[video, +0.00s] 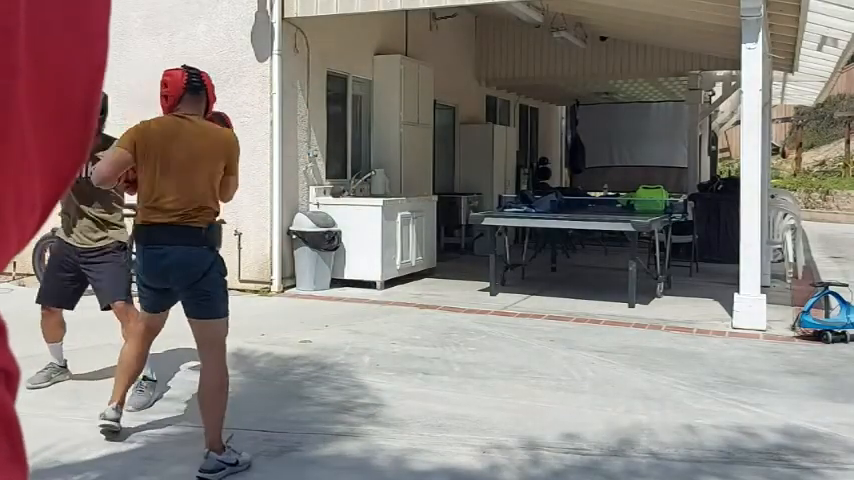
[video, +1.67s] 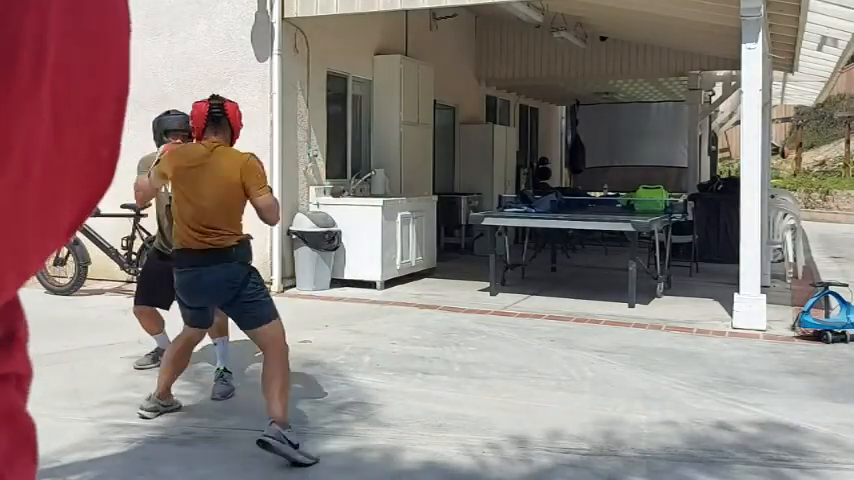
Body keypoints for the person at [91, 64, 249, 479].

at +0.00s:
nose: (210, 106)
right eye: (210, 101)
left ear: (167, 99)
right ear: (207, 101)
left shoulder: (142, 131)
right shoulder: (225, 138)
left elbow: (100, 178)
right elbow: (225, 194)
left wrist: (124, 174)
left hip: (150, 250)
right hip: (199, 253)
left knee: (144, 328)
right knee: (212, 353)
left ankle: (113, 408)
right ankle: (215, 450)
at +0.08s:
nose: (214, 104)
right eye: (214, 97)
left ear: (174, 99)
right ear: (212, 98)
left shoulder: (151, 128)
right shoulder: (228, 139)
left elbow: (97, 167)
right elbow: (232, 187)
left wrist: (84, 148)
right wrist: (224, 141)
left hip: (151, 249)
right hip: (196, 252)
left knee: (148, 335)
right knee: (211, 351)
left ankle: (125, 413)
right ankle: (215, 449)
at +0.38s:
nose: (237, 126)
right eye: (238, 121)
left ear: (197, 118)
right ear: (237, 124)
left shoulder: (169, 146)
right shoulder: (243, 171)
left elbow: (122, 161)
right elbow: (232, 223)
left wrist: (151, 155)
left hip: (163, 265)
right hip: (210, 271)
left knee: (153, 340)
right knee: (259, 351)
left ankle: (123, 417)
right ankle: (266, 445)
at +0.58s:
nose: (272, 98)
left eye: (226, 92)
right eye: (271, 92)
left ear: (226, 93)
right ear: (267, 93)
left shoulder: (203, 128)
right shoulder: (285, 137)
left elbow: (154, 177)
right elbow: (286, 193)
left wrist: (189, 172)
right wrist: (243, 178)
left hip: (202, 249)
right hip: (251, 252)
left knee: (183, 331)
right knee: (271, 347)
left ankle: (155, 414)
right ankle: (271, 449)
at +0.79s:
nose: (285, 91)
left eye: (241, 82)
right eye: (285, 85)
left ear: (241, 84)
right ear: (283, 86)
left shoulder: (217, 121)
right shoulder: (304, 127)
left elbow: (174, 174)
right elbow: (305, 188)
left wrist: (213, 173)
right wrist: (259, 181)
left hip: (230, 248)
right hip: (280, 246)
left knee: (228, 342)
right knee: (286, 357)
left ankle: (218, 421)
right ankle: (287, 459)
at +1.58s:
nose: (253, 127)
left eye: (248, 122)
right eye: (252, 121)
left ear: (214, 120)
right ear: (248, 121)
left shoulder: (190, 147)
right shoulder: (257, 154)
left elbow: (162, 158)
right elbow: (276, 215)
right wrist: (276, 179)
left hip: (197, 262)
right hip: (241, 263)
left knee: (202, 327)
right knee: (286, 347)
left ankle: (171, 390)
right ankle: (278, 439)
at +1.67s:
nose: (237, 134)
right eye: (236, 128)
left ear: (198, 127)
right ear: (233, 129)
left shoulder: (174, 156)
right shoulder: (243, 161)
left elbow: (143, 195)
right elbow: (271, 215)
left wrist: (156, 164)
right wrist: (268, 195)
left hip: (187, 271)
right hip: (231, 269)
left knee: (192, 330)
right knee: (275, 345)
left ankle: (159, 396)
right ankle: (278, 427)